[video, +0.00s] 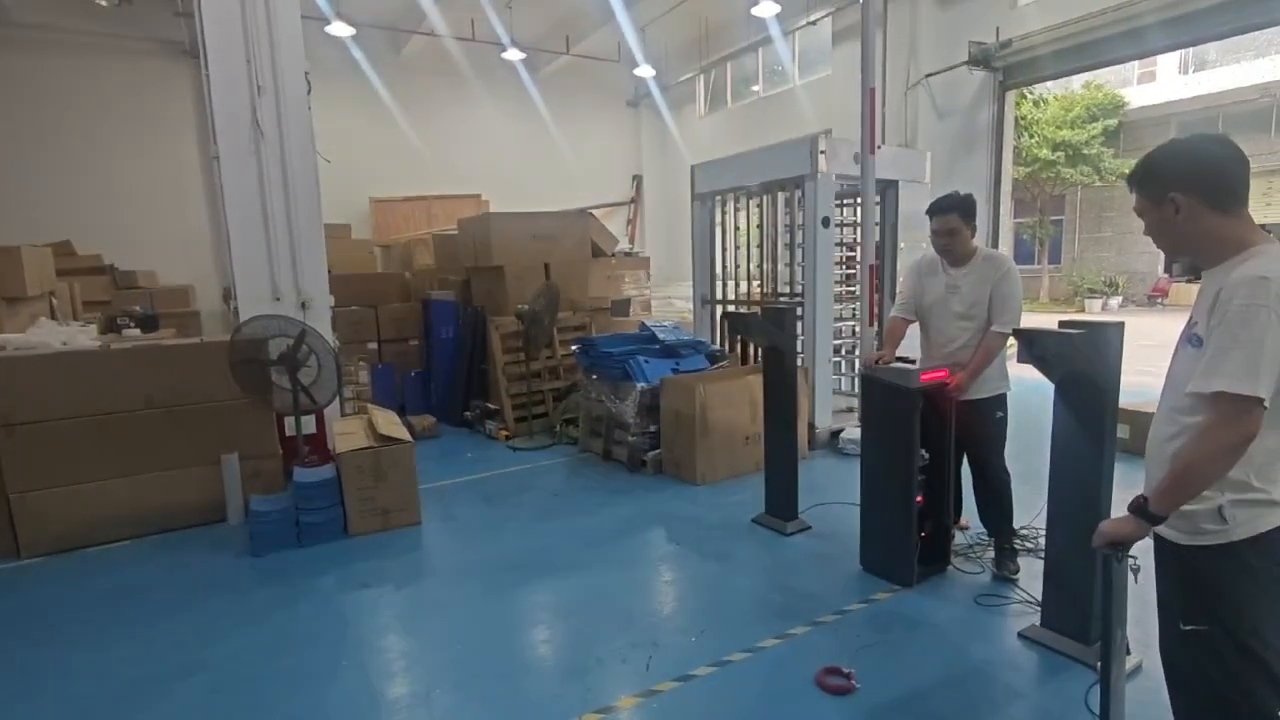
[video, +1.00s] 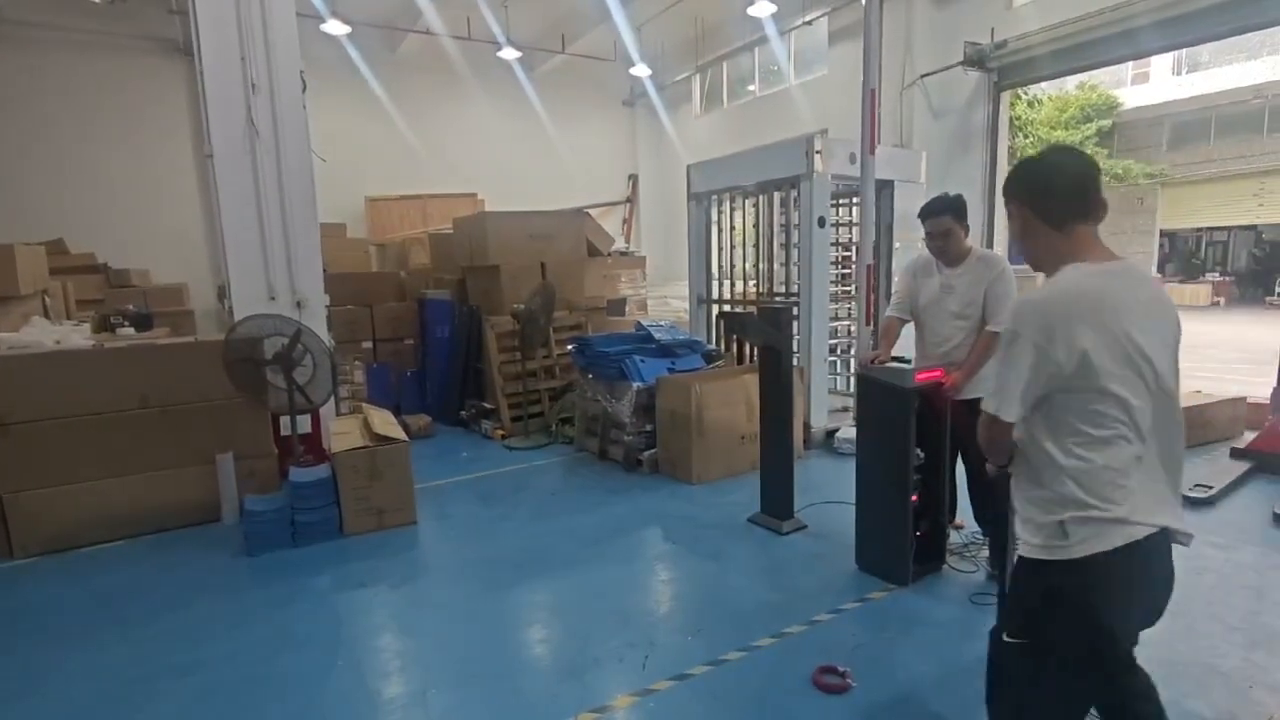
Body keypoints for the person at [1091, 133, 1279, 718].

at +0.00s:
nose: (1146, 232)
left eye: (1144, 217)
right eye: (1141, 219)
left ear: (1179, 205)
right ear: (1188, 202)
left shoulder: (1253, 287)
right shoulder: (1236, 277)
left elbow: (1235, 422)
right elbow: (1228, 412)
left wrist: (1144, 514)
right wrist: (1158, 500)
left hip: (1226, 545)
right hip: (1211, 538)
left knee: (1227, 704)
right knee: (1215, 699)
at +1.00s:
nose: (1012, 237)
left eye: (1011, 220)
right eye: (1010, 221)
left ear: (1030, 216)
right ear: (1093, 207)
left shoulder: (1042, 306)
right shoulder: (1153, 293)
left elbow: (992, 432)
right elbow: (1145, 411)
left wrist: (1001, 459)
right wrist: (1036, 448)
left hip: (1067, 569)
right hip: (1148, 556)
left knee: (1024, 703)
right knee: (1111, 674)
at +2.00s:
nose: (909, 286)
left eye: (916, 277)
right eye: (913, 273)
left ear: (878, 248)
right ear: (893, 253)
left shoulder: (809, 281)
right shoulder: (856, 303)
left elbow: (795, 375)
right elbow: (824, 402)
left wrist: (843, 435)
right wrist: (836, 489)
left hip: (753, 459)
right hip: (802, 477)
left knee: (742, 558)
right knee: (841, 609)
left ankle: (710, 644)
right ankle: (843, 710)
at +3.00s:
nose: (755, 472)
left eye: (763, 468)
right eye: (761, 464)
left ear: (748, 437)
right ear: (749, 440)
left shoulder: (708, 434)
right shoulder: (692, 422)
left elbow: (687, 504)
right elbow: (629, 482)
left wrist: (689, 563)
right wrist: (636, 546)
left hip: (609, 440)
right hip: (576, 437)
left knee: (631, 516)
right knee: (609, 541)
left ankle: (618, 592)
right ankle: (632, 636)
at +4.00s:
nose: (675, 297)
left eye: (678, 288)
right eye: (669, 287)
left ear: (653, 284)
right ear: (641, 279)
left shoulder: (654, 325)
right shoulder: (590, 313)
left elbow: (645, 386)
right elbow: (554, 379)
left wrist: (672, 419)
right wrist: (565, 446)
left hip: (607, 426)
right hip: (566, 429)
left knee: (628, 505)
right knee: (590, 516)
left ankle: (612, 589)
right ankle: (594, 610)